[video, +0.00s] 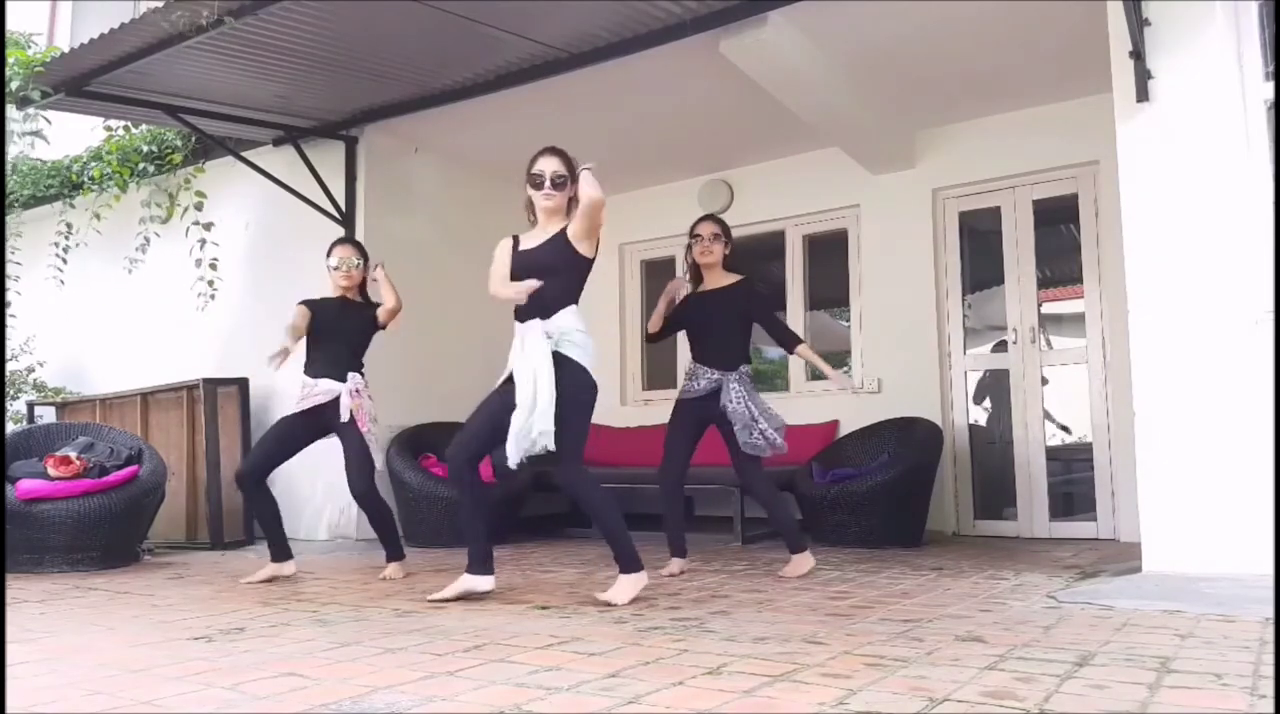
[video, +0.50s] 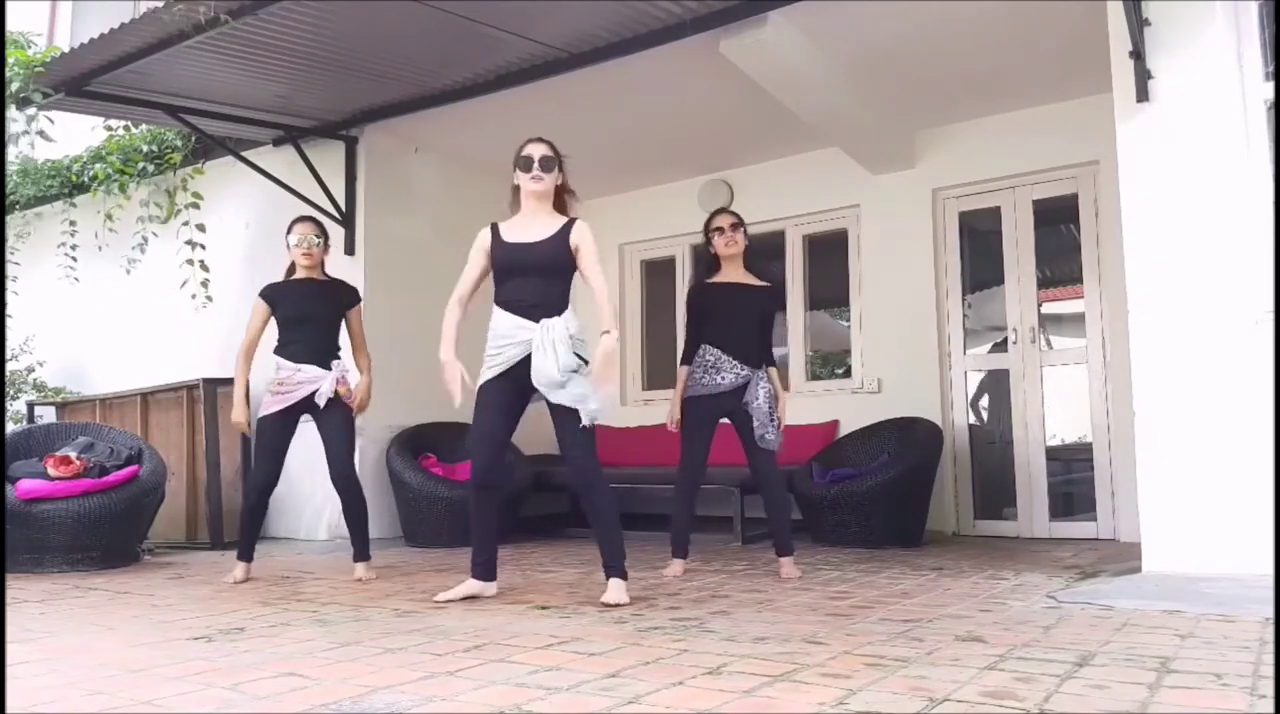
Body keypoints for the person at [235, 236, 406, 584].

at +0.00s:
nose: (344, 270)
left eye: (352, 264)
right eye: (337, 265)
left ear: (363, 272)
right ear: (328, 270)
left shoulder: (370, 313)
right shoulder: (311, 306)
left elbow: (393, 307)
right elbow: (297, 326)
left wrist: (381, 278)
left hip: (351, 407)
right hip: (312, 406)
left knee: (362, 489)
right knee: (249, 473)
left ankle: (396, 559)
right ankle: (281, 559)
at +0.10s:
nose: (331, 273)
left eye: (339, 266)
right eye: (323, 267)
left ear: (351, 273)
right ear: (314, 275)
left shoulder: (367, 311)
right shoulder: (306, 318)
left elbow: (393, 332)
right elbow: (270, 356)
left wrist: (381, 296)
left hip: (343, 410)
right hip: (302, 406)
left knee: (354, 494)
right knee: (254, 482)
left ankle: (394, 559)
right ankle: (256, 559)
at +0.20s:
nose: (317, 267)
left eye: (325, 261)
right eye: (310, 261)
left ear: (338, 268)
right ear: (301, 269)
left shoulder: (357, 311)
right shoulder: (291, 315)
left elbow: (381, 361)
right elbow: (246, 358)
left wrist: (380, 316)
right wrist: (198, 379)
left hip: (333, 405)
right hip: (289, 401)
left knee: (352, 486)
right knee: (255, 487)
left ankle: (391, 555)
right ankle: (249, 564)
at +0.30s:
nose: (312, 255)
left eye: (320, 249)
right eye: (305, 250)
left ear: (333, 256)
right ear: (295, 257)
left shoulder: (350, 304)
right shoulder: (281, 301)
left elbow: (364, 361)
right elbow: (244, 351)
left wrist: (376, 368)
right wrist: (217, 398)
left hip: (332, 397)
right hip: (286, 396)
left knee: (354, 473)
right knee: (258, 483)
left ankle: (369, 550)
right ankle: (248, 563)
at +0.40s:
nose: (311, 248)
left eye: (318, 242)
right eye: (303, 243)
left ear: (330, 249)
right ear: (292, 251)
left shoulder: (347, 297)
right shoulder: (278, 297)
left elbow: (362, 351)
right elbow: (256, 350)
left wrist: (376, 394)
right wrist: (241, 405)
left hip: (333, 391)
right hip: (287, 391)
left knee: (348, 476)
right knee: (261, 481)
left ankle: (362, 560)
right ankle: (250, 562)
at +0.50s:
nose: (307, 244)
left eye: (314, 239)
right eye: (299, 239)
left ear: (326, 247)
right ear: (289, 249)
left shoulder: (344, 292)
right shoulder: (274, 292)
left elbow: (358, 345)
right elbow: (247, 348)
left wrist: (365, 379)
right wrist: (239, 400)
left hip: (331, 388)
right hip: (285, 388)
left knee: (344, 475)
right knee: (263, 479)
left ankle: (362, 560)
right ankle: (243, 561)